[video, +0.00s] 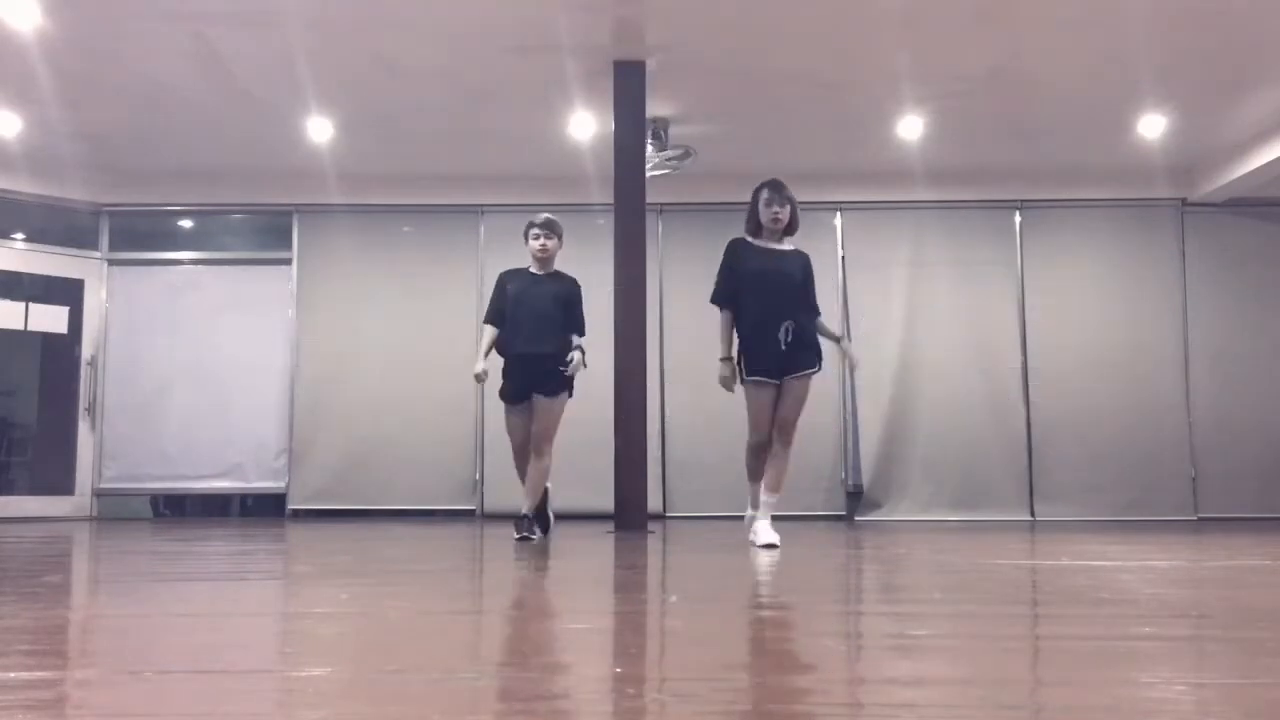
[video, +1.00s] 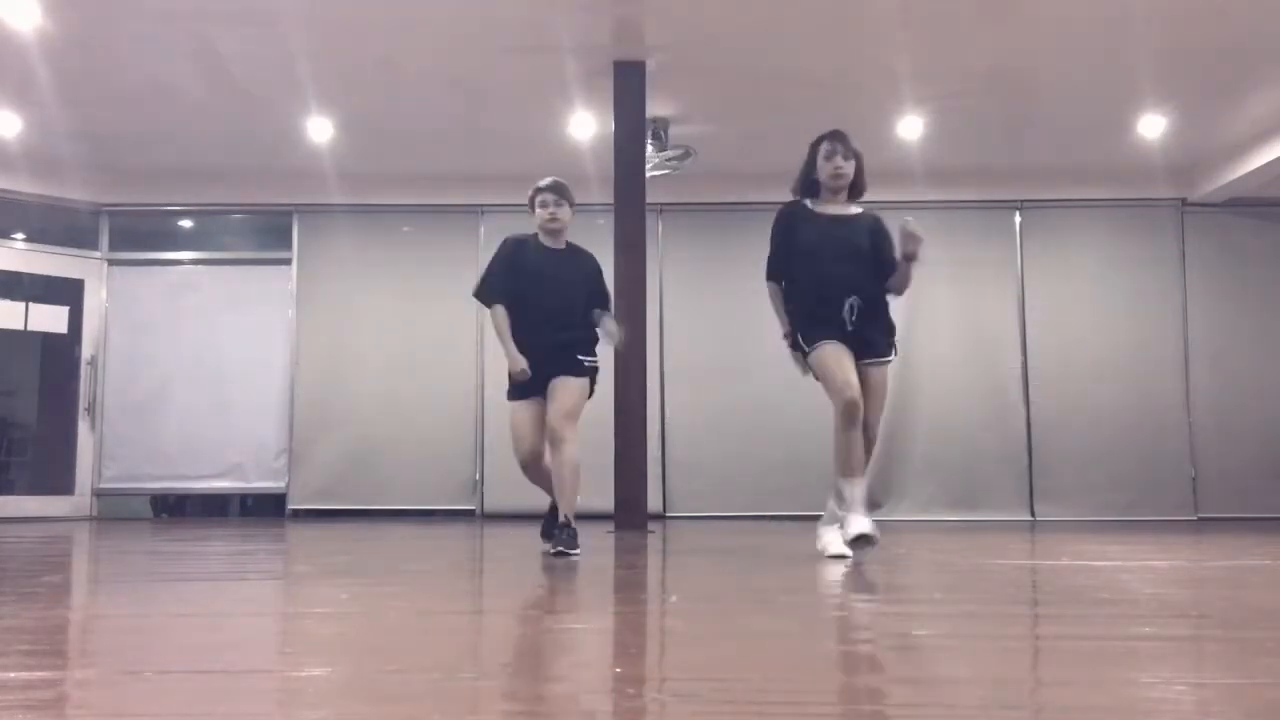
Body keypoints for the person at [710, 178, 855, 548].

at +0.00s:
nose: (777, 210)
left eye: (783, 204)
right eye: (770, 203)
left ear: (792, 210)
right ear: (756, 209)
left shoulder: (800, 258)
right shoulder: (739, 249)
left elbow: (810, 316)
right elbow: (727, 307)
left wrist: (840, 340)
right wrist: (726, 358)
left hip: (799, 355)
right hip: (757, 356)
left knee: (783, 438)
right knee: (760, 439)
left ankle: (764, 520)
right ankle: (756, 505)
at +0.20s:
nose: (787, 197)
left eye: (793, 191)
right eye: (779, 191)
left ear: (802, 197)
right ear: (765, 197)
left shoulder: (809, 248)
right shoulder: (749, 236)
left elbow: (820, 304)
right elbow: (733, 294)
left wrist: (849, 299)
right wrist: (740, 346)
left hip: (805, 342)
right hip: (765, 341)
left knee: (791, 427)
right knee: (792, 414)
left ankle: (767, 516)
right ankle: (757, 479)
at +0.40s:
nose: (800, 194)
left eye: (805, 188)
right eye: (791, 189)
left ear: (815, 194)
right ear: (777, 199)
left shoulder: (830, 242)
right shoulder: (765, 244)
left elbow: (846, 289)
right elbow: (742, 301)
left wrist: (870, 304)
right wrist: (736, 352)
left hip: (809, 344)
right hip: (771, 342)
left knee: (777, 435)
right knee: (807, 422)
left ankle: (747, 519)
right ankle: (826, 517)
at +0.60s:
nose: (811, 201)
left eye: (818, 195)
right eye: (802, 196)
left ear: (828, 203)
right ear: (789, 206)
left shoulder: (848, 249)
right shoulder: (778, 259)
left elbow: (869, 310)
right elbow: (764, 313)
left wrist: (874, 361)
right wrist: (753, 333)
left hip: (838, 357)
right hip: (789, 359)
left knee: (846, 433)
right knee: (813, 440)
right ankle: (834, 525)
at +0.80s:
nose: (825, 181)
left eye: (833, 175)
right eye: (816, 175)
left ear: (844, 183)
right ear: (803, 183)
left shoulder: (858, 234)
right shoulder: (787, 232)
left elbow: (854, 292)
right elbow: (774, 299)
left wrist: (872, 307)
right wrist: (763, 354)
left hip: (856, 335)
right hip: (807, 339)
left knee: (852, 419)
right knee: (816, 435)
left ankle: (846, 522)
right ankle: (823, 507)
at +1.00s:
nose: (838, 163)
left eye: (845, 157)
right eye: (829, 156)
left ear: (856, 167)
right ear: (814, 166)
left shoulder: (871, 222)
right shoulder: (793, 217)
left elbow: (894, 287)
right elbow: (774, 278)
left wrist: (907, 260)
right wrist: (787, 326)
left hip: (871, 326)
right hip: (818, 325)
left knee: (867, 428)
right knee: (850, 399)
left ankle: (832, 523)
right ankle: (856, 511)